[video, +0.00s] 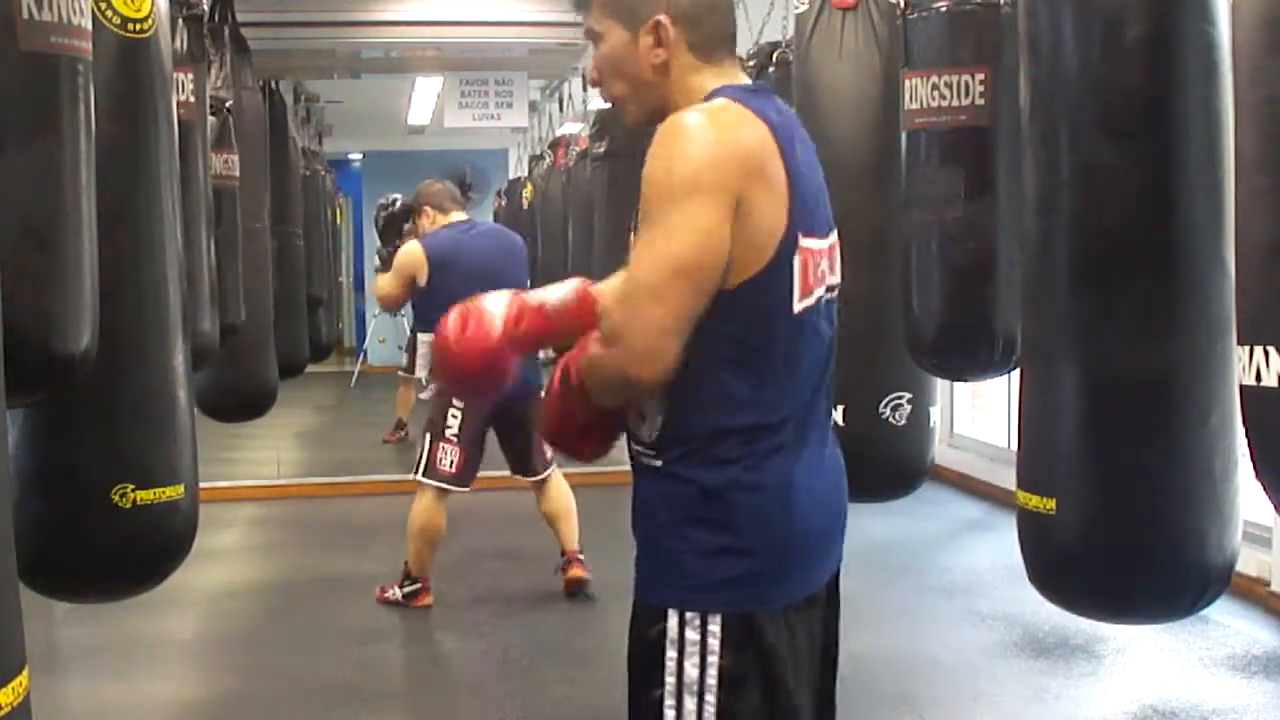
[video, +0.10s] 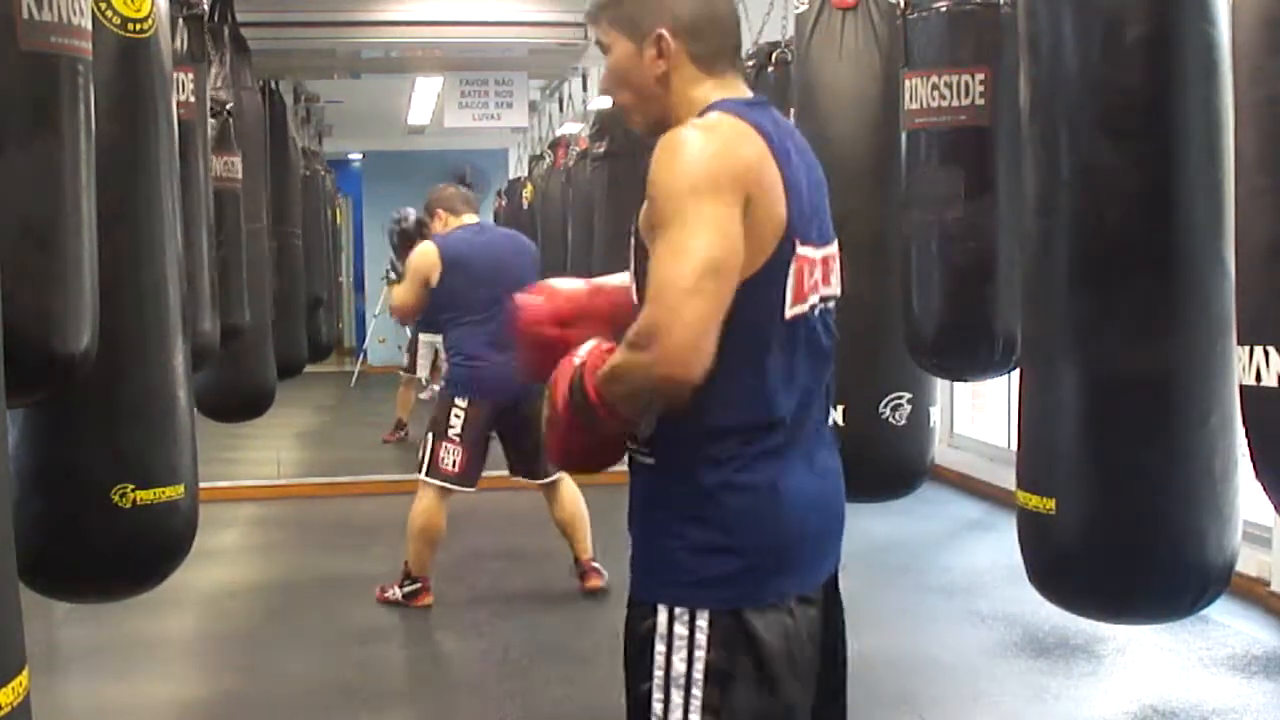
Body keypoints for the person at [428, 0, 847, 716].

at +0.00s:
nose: (590, 71)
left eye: (596, 39)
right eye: (588, 43)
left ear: (659, 39)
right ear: (661, 40)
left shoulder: (701, 135)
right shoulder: (765, 119)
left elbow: (639, 355)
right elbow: (673, 276)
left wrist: (586, 394)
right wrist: (529, 318)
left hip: (719, 528)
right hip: (790, 502)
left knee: (695, 710)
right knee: (789, 706)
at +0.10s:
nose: (604, 77)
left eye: (607, 49)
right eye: (602, 52)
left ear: (659, 49)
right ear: (665, 49)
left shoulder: (702, 147)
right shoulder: (774, 133)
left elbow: (674, 359)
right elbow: (755, 298)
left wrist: (591, 385)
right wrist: (610, 306)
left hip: (718, 528)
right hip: (793, 501)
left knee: (691, 709)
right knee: (800, 707)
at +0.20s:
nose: (612, 83)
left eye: (616, 58)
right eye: (609, 61)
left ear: (666, 60)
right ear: (689, 60)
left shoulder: (697, 153)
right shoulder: (784, 146)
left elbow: (701, 326)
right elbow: (771, 326)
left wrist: (611, 372)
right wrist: (646, 356)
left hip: (717, 527)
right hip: (795, 505)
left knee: (671, 708)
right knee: (791, 706)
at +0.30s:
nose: (615, 86)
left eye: (621, 63)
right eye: (612, 65)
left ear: (671, 63)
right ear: (701, 64)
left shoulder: (687, 149)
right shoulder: (791, 149)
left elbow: (695, 301)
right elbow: (852, 278)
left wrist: (608, 353)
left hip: (716, 510)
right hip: (810, 495)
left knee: (648, 708)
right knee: (784, 705)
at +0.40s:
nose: (613, 90)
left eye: (618, 68)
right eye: (610, 70)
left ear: (667, 69)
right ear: (700, 67)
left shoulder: (676, 151)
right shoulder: (792, 151)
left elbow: (665, 304)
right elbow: (839, 283)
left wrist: (602, 346)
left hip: (707, 495)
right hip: (811, 485)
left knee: (600, 699)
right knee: (801, 698)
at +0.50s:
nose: (598, 102)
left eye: (601, 79)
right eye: (594, 82)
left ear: (648, 78)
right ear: (679, 77)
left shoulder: (663, 159)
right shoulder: (781, 159)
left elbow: (653, 327)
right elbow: (751, 320)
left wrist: (584, 308)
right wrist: (626, 295)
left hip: (695, 487)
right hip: (802, 478)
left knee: (572, 687)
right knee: (803, 703)